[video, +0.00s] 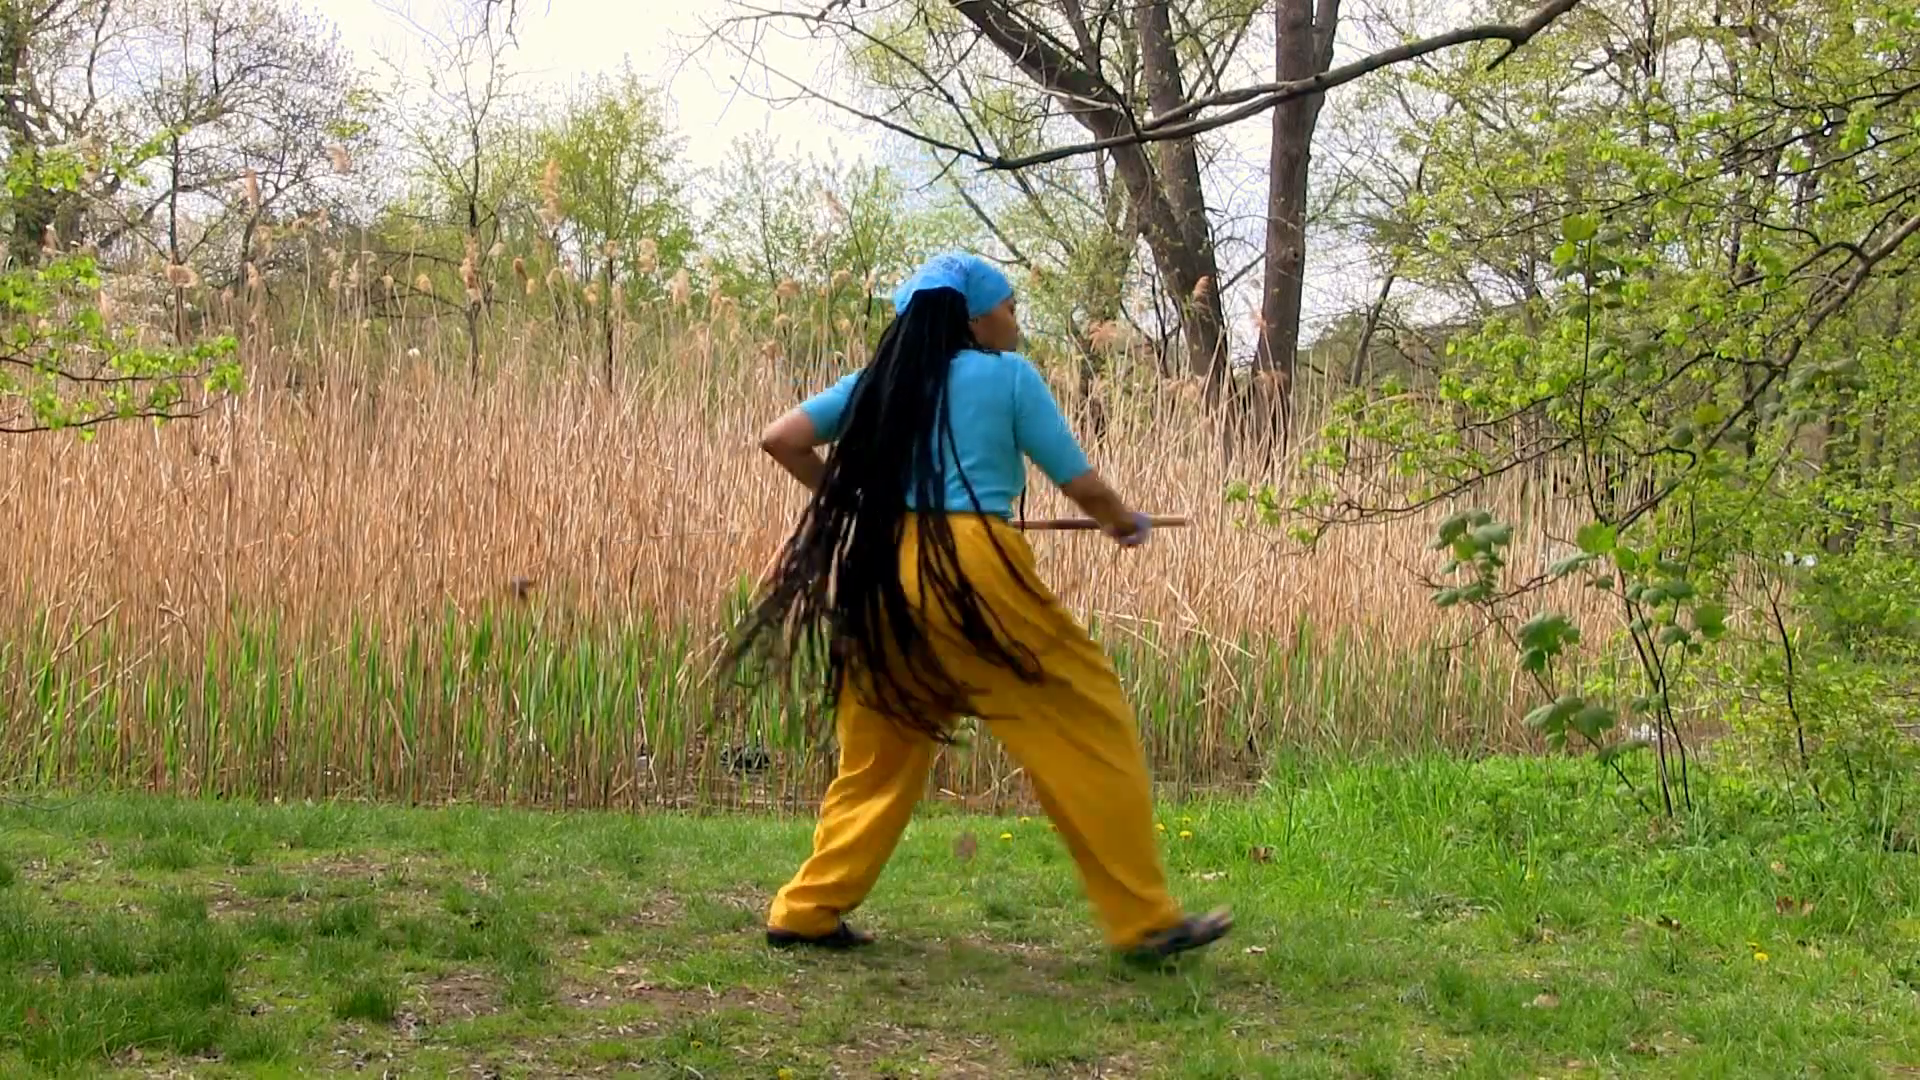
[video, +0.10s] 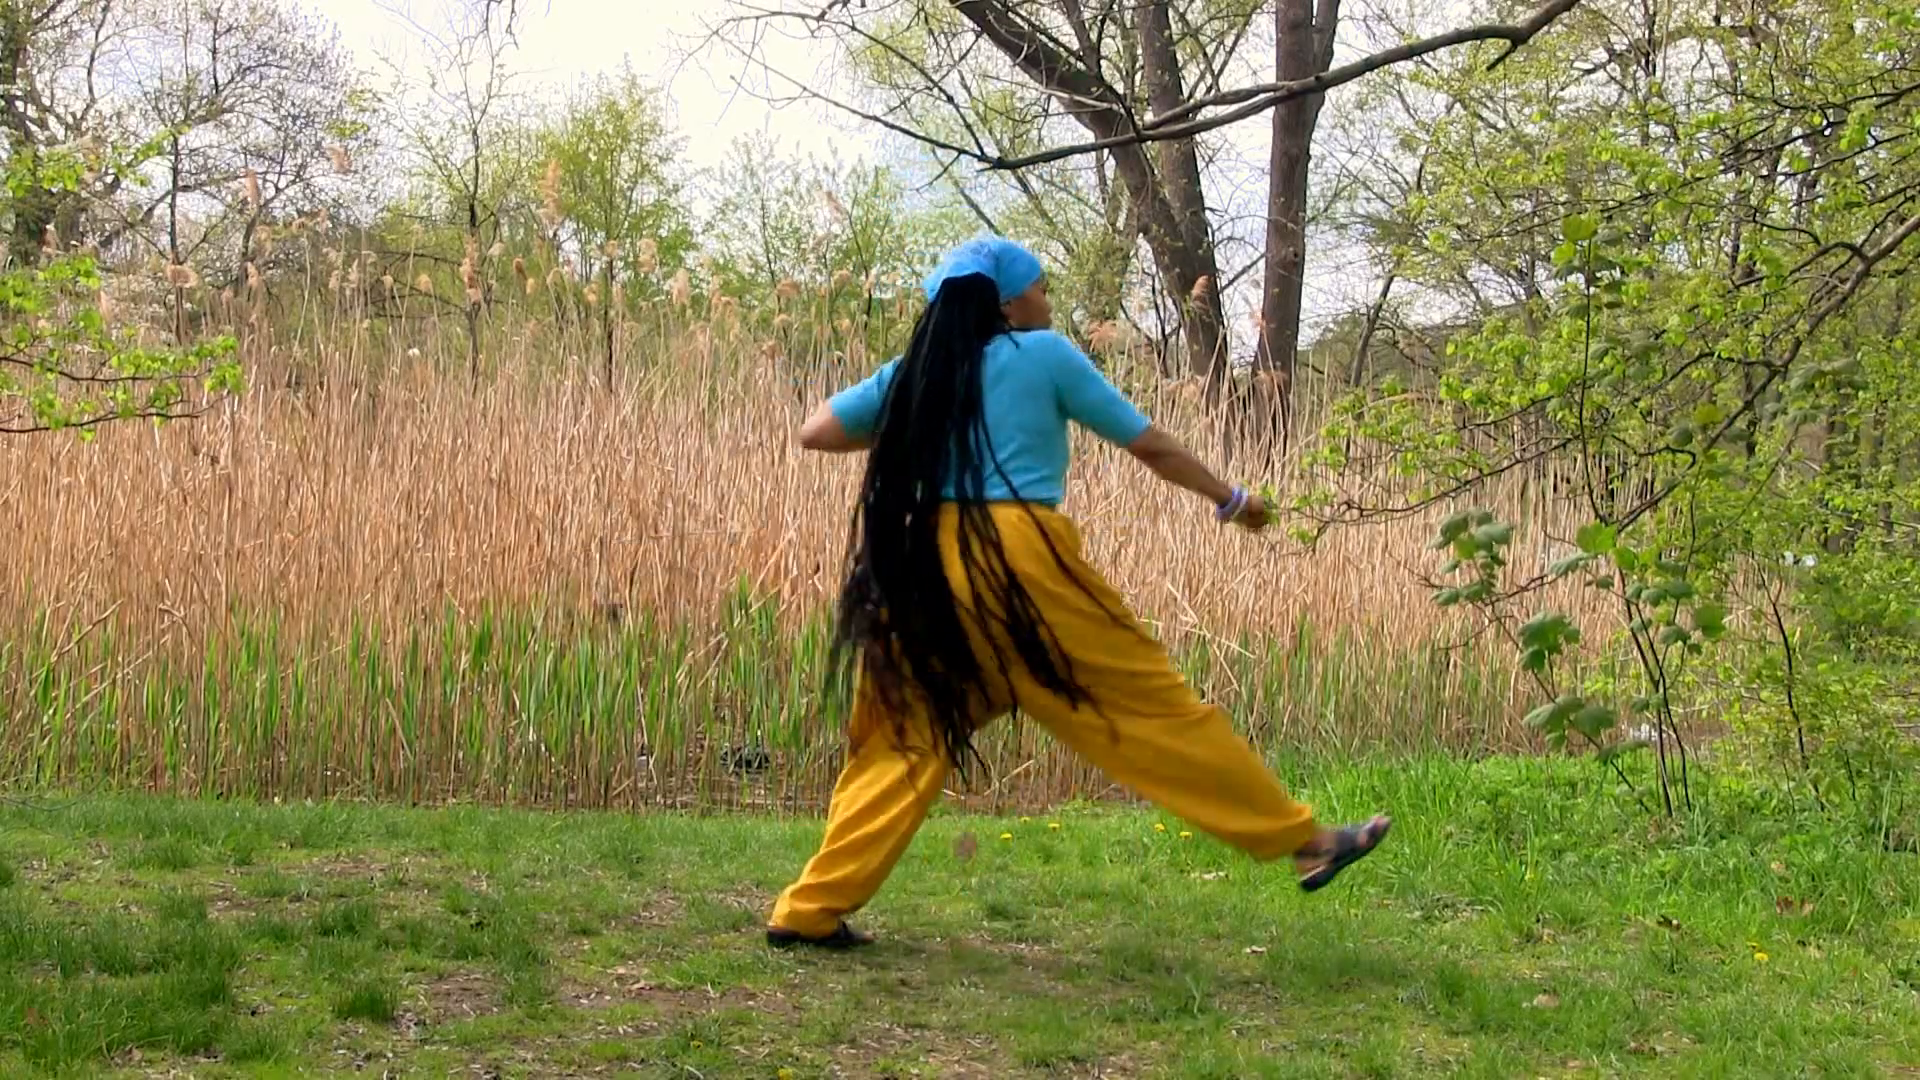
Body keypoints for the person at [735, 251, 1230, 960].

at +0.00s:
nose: (1017, 318)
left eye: (1012, 305)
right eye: (1007, 307)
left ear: (937, 318)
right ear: (973, 316)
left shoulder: (886, 376)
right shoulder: (1008, 374)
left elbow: (784, 438)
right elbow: (1080, 484)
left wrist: (846, 492)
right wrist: (1123, 521)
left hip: (882, 567)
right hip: (978, 567)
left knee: (877, 751)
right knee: (1090, 720)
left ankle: (809, 908)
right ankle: (1144, 920)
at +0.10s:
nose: (1047, 300)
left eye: (1041, 288)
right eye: (1038, 290)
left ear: (969, 301)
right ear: (1006, 298)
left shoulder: (917, 368)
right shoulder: (1043, 354)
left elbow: (821, 432)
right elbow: (1146, 442)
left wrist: (883, 417)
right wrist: (1229, 494)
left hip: (922, 557)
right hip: (1021, 554)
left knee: (898, 738)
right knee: (1152, 704)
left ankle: (810, 909)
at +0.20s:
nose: (1100, 275)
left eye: (1094, 263)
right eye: (1090, 264)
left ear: (1019, 277)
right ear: (1059, 273)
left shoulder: (967, 349)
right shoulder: (1096, 329)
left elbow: (945, 435)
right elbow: (1209, 399)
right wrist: (1298, 423)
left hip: (994, 537)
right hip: (1101, 528)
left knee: (949, 709)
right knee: (1235, 669)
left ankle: (850, 882)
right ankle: (1365, 837)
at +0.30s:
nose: (1162, 274)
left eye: (1156, 261)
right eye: (1151, 263)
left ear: (1083, 281)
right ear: (1119, 278)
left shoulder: (1046, 347)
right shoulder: (1151, 331)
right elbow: (1268, 373)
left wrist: (1183, 331)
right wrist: (1351, 354)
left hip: (1073, 533)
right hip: (1179, 522)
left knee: (1017, 707)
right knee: (1288, 704)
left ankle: (1025, 870)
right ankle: (1359, 889)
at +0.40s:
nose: (1222, 296)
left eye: (1217, 283)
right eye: (1212, 286)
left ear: (1142, 302)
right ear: (1181, 301)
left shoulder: (1114, 371)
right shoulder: (1224, 358)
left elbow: (1196, 393)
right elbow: (1335, 360)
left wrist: (1272, 355)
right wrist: (1378, 304)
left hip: (1140, 564)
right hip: (1249, 554)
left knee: (1110, 744)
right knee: (1322, 746)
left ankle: (1100, 919)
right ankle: (1359, 941)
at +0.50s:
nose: (1276, 289)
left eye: (1271, 278)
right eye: (1266, 279)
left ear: (1190, 304)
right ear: (1236, 301)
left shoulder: (1168, 371)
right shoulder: (1276, 362)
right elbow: (1361, 355)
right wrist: (1370, 278)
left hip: (1182, 567)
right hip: (1280, 568)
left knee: (1172, 750)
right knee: (1354, 749)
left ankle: (1101, 901)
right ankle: (1367, 941)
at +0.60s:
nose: (1322, 282)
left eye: (1318, 268)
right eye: (1312, 271)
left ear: (1240, 293)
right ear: (1276, 289)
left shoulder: (1220, 360)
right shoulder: (1313, 351)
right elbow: (1418, 353)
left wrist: (1396, 290)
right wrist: (1419, 276)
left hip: (1234, 557)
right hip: (1322, 557)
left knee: (1234, 749)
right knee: (1384, 750)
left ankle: (1122, 885)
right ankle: (1371, 945)